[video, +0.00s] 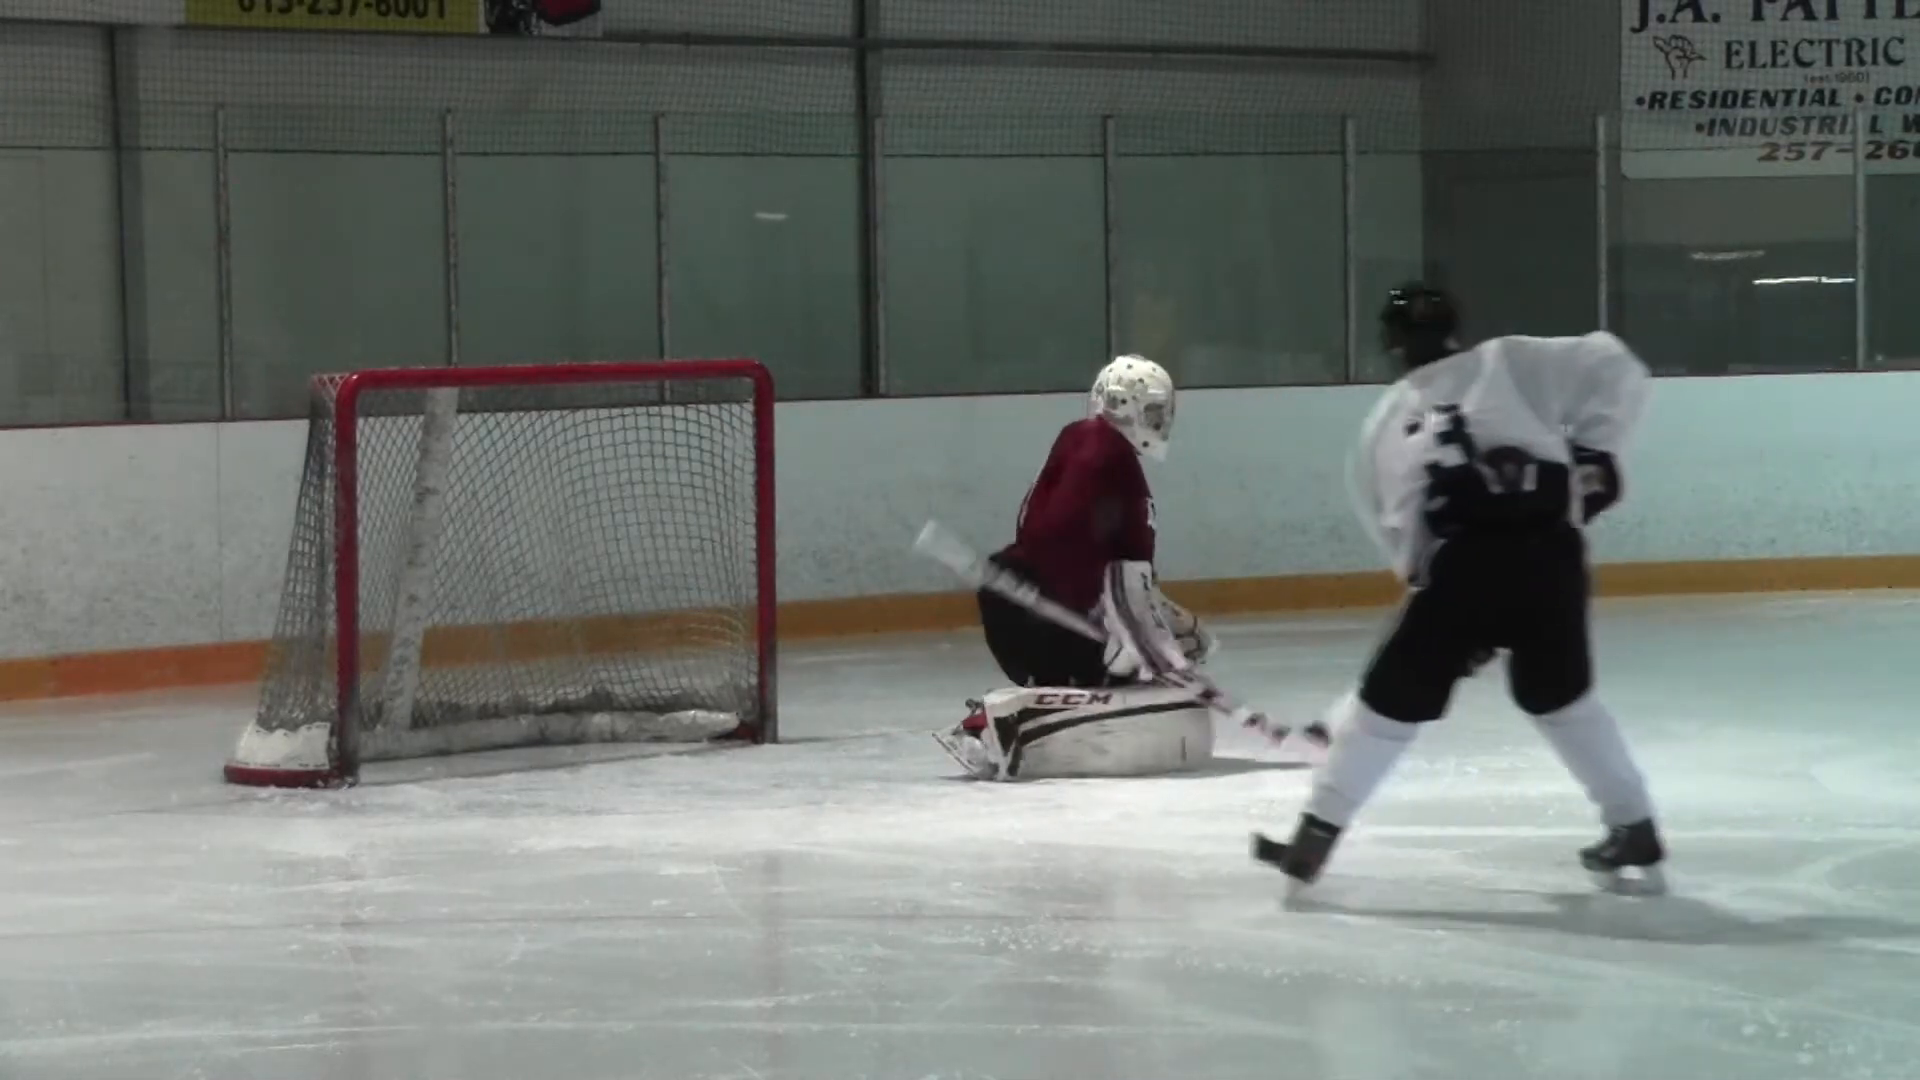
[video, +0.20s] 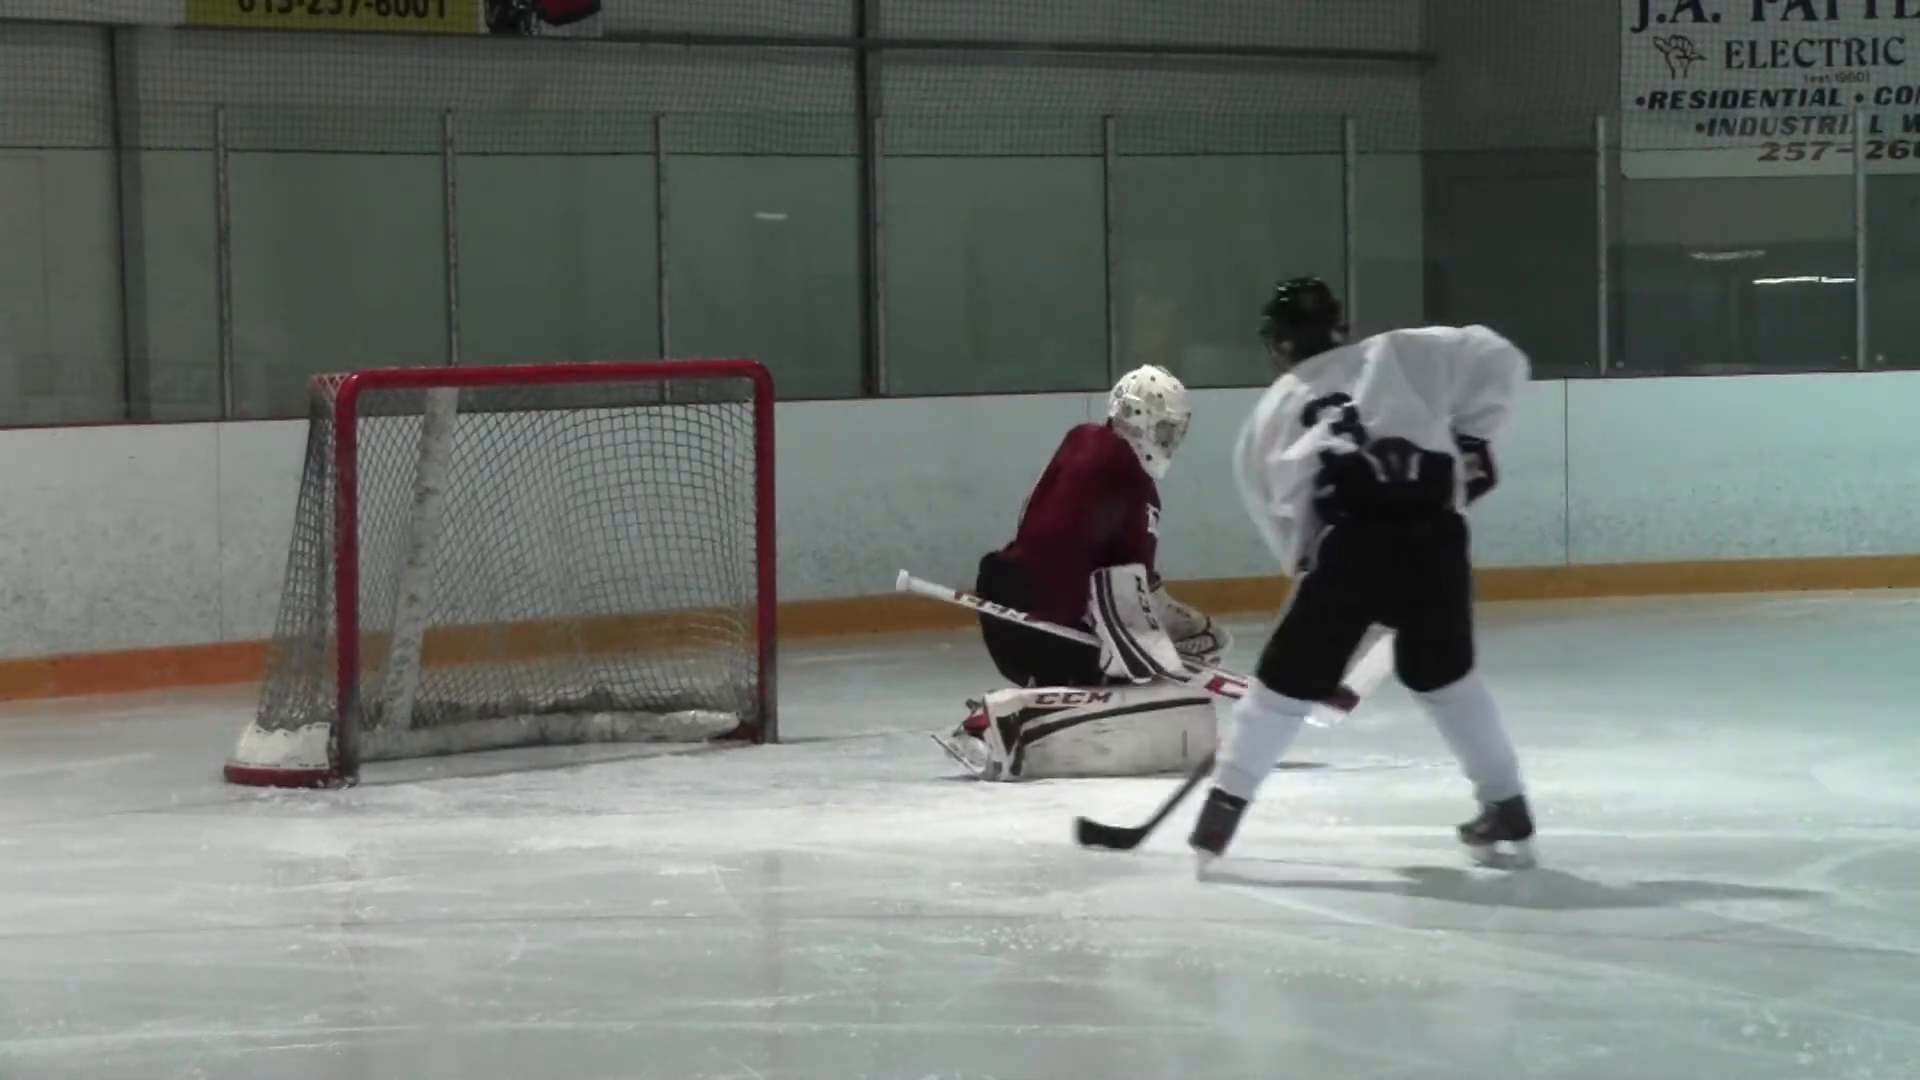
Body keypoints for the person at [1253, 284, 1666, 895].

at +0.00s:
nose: (1392, 349)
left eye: (1392, 340)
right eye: (1398, 339)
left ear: (1395, 345)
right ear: (1451, 331)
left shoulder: (1386, 423)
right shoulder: (1510, 360)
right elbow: (1613, 363)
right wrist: (1598, 450)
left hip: (1464, 573)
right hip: (1551, 559)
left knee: (1390, 702)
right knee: (1558, 693)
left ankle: (1312, 839)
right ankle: (1635, 829)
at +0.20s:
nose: (1275, 352)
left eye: (1275, 343)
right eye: (1275, 341)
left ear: (1282, 346)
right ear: (1342, 330)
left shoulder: (1268, 419)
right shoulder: (1399, 351)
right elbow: (1499, 357)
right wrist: (1477, 443)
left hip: (1351, 552)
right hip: (1436, 545)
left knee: (1284, 681)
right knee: (1444, 672)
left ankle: (1222, 809)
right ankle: (1507, 806)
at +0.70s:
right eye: (1257, 326)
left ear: (1200, 340)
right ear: (1257, 325)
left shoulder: (1178, 409)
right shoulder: (1285, 341)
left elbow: (1185, 491)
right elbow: (1356, 320)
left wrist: (1201, 557)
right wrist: (1358, 400)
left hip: (1217, 550)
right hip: (1299, 543)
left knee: (1154, 668)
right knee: (1340, 649)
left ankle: (1096, 770)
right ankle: (1364, 764)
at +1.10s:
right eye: (1413, 288)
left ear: (1369, 300)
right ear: (1419, 290)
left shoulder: (1350, 364)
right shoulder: (1446, 313)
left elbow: (1340, 449)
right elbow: (1521, 300)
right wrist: (1512, 379)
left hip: (1375, 501)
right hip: (1443, 491)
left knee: (1365, 616)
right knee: (1483, 610)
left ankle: (1327, 732)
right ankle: (1496, 737)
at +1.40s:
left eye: (1492, 268)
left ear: (1485, 273)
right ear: (1536, 260)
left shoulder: (1463, 336)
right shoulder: (1570, 289)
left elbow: (1465, 431)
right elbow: (1659, 297)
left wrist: (1487, 497)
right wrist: (1633, 363)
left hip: (1506, 467)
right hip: (1576, 458)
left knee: (1503, 594)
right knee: (1586, 593)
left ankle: (1488, 713)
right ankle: (1593, 714)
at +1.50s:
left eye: (1538, 257)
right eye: (1568, 251)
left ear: (1525, 260)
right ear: (1575, 250)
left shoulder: (1504, 325)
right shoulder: (1611, 285)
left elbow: (1499, 417)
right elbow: (1696, 309)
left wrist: (1519, 485)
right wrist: (1663, 364)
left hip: (1542, 464)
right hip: (1609, 457)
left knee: (1540, 587)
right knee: (1618, 587)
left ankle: (1530, 707)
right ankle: (1625, 708)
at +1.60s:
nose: (1614, 256)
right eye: (1615, 245)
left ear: (1569, 253)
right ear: (1620, 246)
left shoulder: (1544, 318)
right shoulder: (1649, 289)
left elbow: (1536, 412)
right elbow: (1733, 333)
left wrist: (1548, 487)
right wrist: (1688, 365)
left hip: (1577, 461)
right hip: (1644, 456)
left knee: (1580, 582)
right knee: (1652, 579)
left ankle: (1569, 699)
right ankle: (1655, 702)